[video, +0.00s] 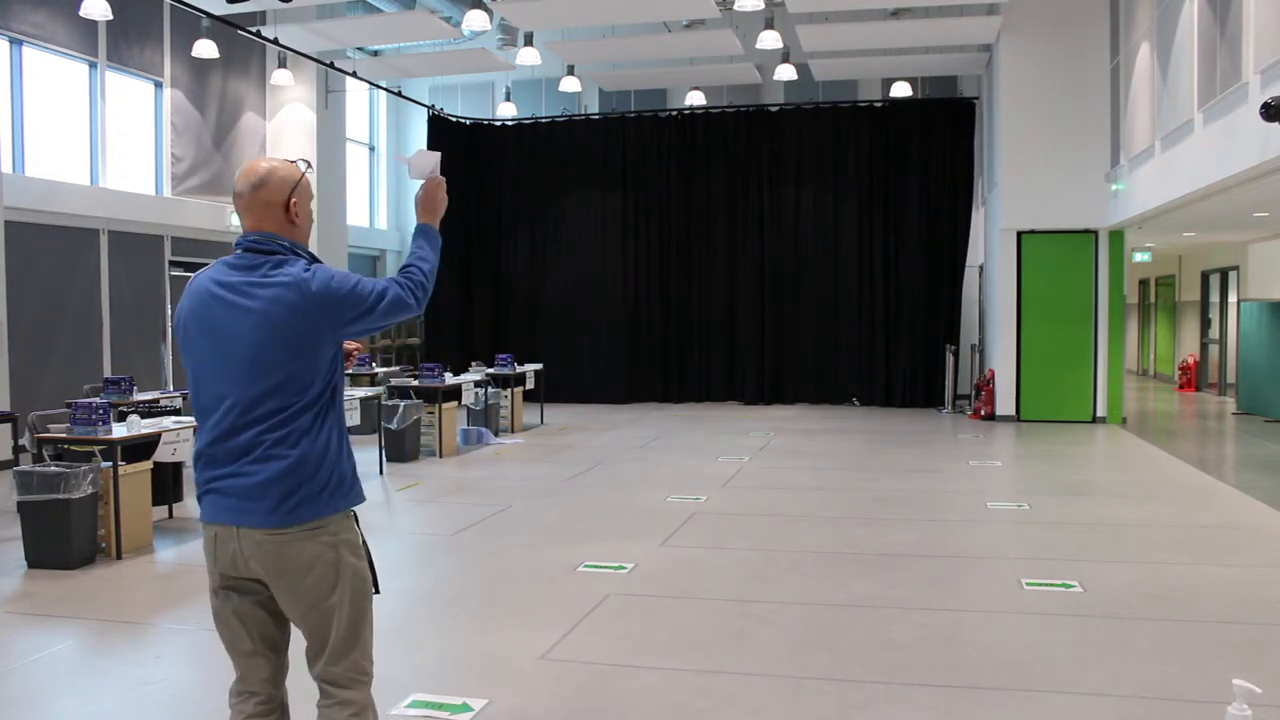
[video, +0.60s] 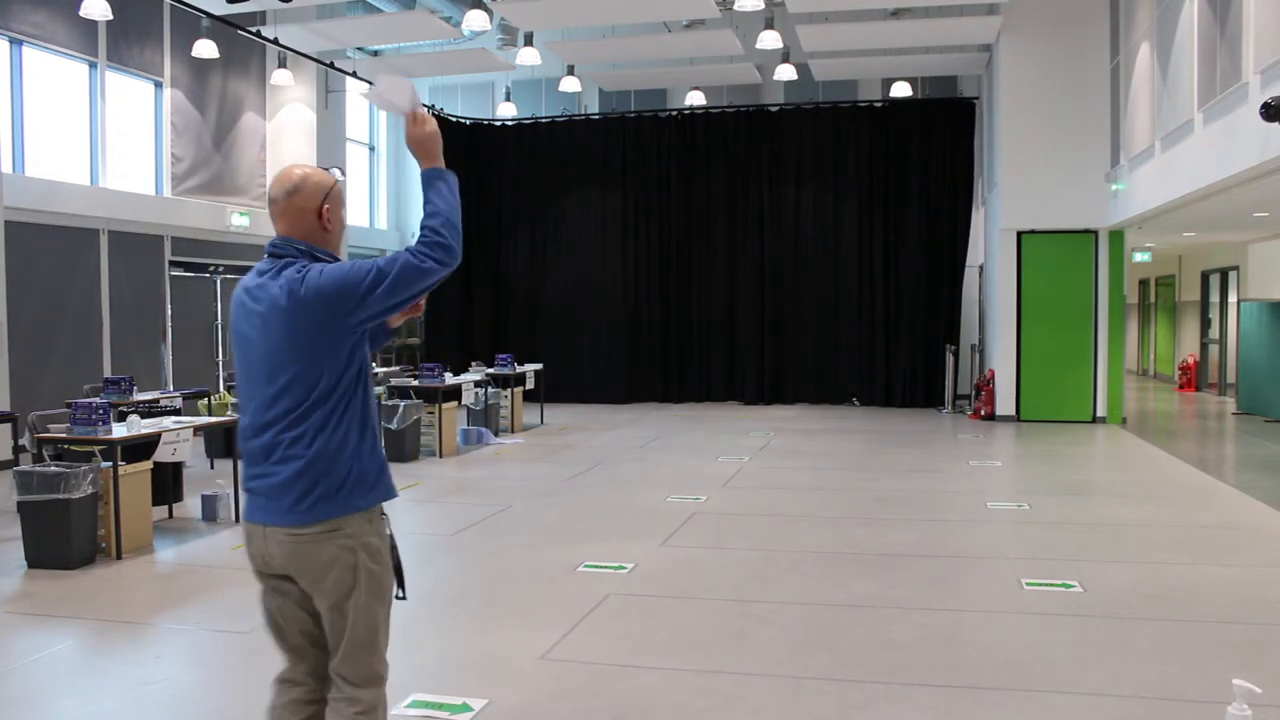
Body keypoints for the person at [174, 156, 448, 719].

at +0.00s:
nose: (311, 211)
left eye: (311, 200)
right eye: (309, 202)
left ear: (241, 213)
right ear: (293, 208)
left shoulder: (195, 294)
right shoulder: (313, 290)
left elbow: (234, 374)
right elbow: (409, 293)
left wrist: (322, 352)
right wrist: (428, 223)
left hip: (223, 529)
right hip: (307, 529)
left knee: (253, 691)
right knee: (344, 688)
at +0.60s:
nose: (344, 216)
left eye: (341, 204)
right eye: (341, 205)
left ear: (277, 216)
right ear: (326, 212)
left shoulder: (248, 293)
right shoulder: (333, 288)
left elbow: (315, 355)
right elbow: (439, 251)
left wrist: (383, 323)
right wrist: (433, 163)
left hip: (266, 525)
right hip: (336, 526)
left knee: (301, 678)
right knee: (358, 689)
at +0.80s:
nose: (365, 220)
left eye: (361, 209)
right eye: (360, 209)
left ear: (303, 222)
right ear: (346, 221)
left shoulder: (282, 295)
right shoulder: (335, 290)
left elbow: (358, 354)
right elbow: (439, 237)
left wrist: (418, 311)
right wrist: (415, 146)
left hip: (308, 521)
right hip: (353, 521)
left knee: (366, 660)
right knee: (379, 683)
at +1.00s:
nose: (386, 233)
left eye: (382, 222)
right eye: (382, 222)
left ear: (330, 234)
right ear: (367, 233)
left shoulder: (321, 301)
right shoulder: (340, 300)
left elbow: (387, 357)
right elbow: (436, 238)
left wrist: (449, 308)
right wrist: (393, 144)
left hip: (378, 510)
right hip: (373, 518)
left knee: (426, 645)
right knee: (395, 682)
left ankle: (432, 715)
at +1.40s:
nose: (443, 258)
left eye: (440, 249)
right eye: (439, 250)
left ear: (388, 263)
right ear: (430, 258)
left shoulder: (369, 333)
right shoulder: (436, 322)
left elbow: (422, 367)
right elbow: (505, 249)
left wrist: (471, 343)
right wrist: (437, 187)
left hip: (405, 518)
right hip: (453, 517)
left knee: (484, 612)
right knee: (455, 654)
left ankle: (499, 709)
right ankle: (409, 718)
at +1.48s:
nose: (453, 251)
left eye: (449, 243)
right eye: (450, 244)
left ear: (398, 262)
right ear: (444, 252)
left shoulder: (378, 336)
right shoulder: (470, 311)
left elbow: (389, 421)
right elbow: (541, 245)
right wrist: (492, 191)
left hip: (410, 512)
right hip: (469, 505)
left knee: (481, 619)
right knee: (459, 646)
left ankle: (501, 711)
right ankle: (414, 719)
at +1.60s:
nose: (464, 246)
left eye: (459, 240)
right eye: (461, 240)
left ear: (412, 262)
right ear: (459, 250)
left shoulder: (391, 328)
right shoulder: (491, 302)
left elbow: (392, 411)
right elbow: (552, 281)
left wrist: (448, 411)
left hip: (421, 494)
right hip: (484, 486)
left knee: (471, 613)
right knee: (471, 625)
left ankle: (498, 711)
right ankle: (423, 713)